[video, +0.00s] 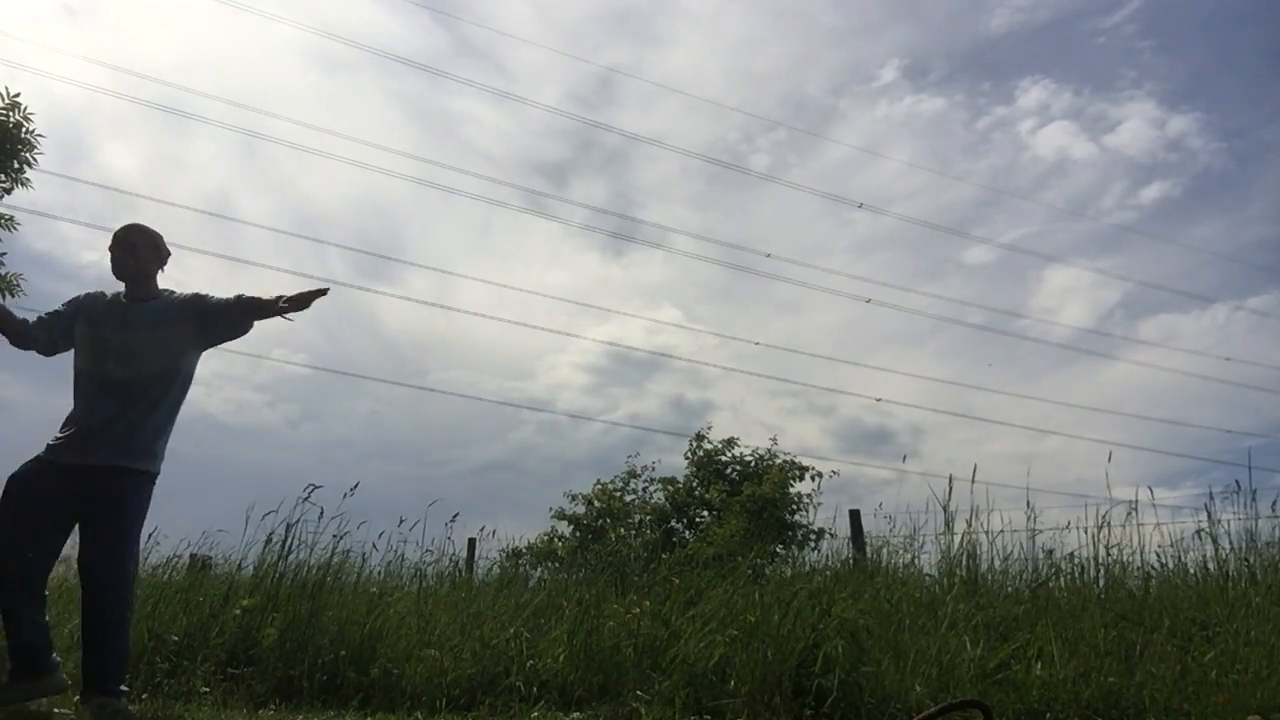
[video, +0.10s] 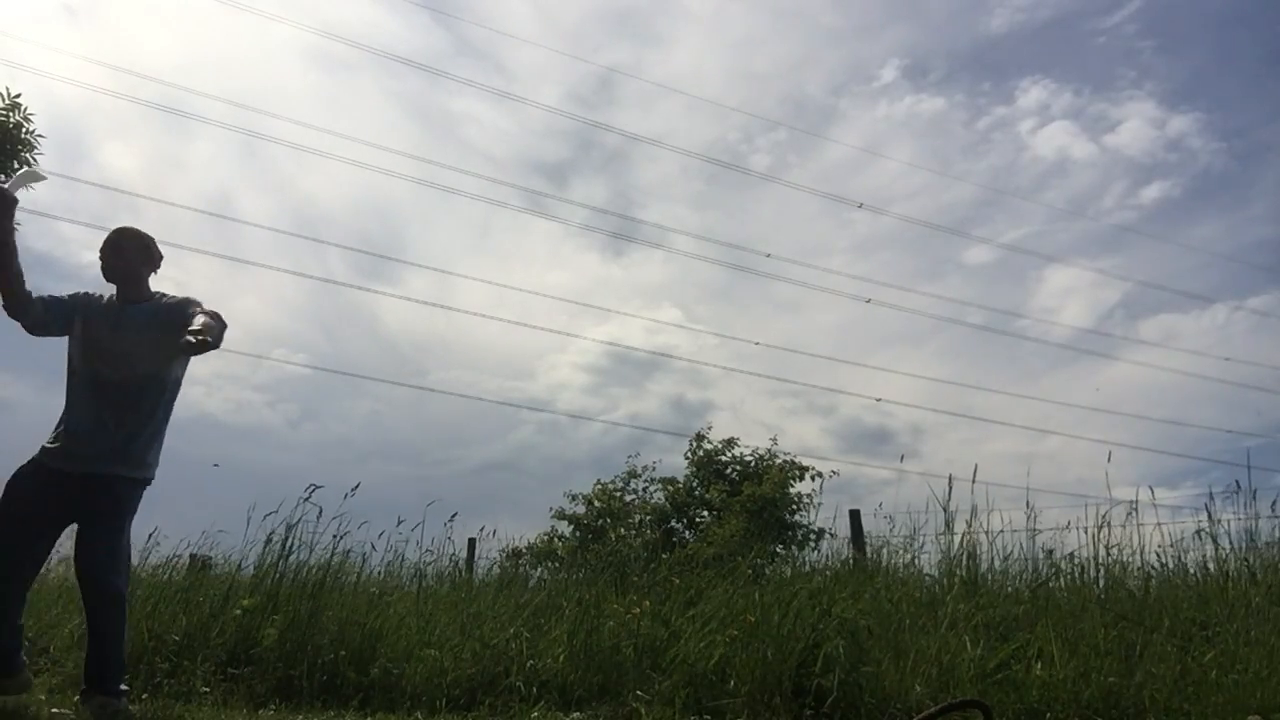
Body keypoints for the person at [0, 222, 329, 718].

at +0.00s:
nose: (123, 257)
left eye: (135, 249)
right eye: (117, 249)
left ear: (159, 259)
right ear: (109, 259)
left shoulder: (184, 312)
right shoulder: (89, 309)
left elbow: (235, 308)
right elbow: (34, 335)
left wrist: (279, 305)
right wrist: (2, 312)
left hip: (129, 466)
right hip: (68, 456)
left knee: (108, 578)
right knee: (13, 539)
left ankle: (104, 693)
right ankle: (33, 668)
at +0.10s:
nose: (113, 261)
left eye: (124, 251)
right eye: (107, 254)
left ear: (151, 261)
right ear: (102, 266)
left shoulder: (171, 310)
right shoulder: (86, 309)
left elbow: (210, 318)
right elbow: (23, 306)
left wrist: (206, 331)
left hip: (123, 473)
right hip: (61, 461)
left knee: (104, 582)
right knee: (7, 556)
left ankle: (106, 692)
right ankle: (8, 669)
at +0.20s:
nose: (93, 265)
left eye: (103, 258)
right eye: (92, 260)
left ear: (133, 270)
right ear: (94, 274)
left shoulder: (161, 318)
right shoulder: (83, 317)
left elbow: (131, 363)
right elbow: (30, 301)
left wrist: (66, 372)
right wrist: (62, 227)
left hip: (114, 470)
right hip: (56, 461)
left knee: (86, 564)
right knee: (10, 554)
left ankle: (105, 690)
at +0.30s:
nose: (87, 288)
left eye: (96, 280)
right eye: (84, 281)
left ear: (120, 286)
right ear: (84, 289)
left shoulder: (138, 330)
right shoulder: (77, 330)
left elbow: (78, 368)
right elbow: (33, 332)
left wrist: (19, 387)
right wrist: (71, 288)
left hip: (92, 477)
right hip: (45, 472)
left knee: (69, 576)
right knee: (5, 566)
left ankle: (104, 693)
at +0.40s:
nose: (63, 298)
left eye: (71, 290)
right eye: (63, 290)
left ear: (97, 295)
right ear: (69, 297)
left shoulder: (110, 339)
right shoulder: (71, 342)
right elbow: (14, 353)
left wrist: (42, 351)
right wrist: (37, 319)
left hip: (69, 485)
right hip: (32, 482)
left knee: (52, 586)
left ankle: (96, 693)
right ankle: (91, 690)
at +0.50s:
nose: (44, 303)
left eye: (50, 293)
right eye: (44, 294)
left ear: (73, 291)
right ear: (89, 295)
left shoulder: (75, 329)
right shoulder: (103, 342)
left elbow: (23, 388)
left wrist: (30, 362)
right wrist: (26, 361)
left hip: (43, 478)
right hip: (68, 481)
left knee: (48, 580)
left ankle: (97, 691)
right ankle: (97, 688)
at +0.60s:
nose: (23, 312)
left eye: (27, 302)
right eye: (23, 303)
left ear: (47, 298)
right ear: (64, 299)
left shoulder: (60, 336)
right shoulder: (80, 341)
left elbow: (11, 390)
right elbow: (17, 392)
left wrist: (11, 347)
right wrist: (14, 350)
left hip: (53, 483)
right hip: (63, 485)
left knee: (65, 578)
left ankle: (109, 690)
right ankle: (107, 688)